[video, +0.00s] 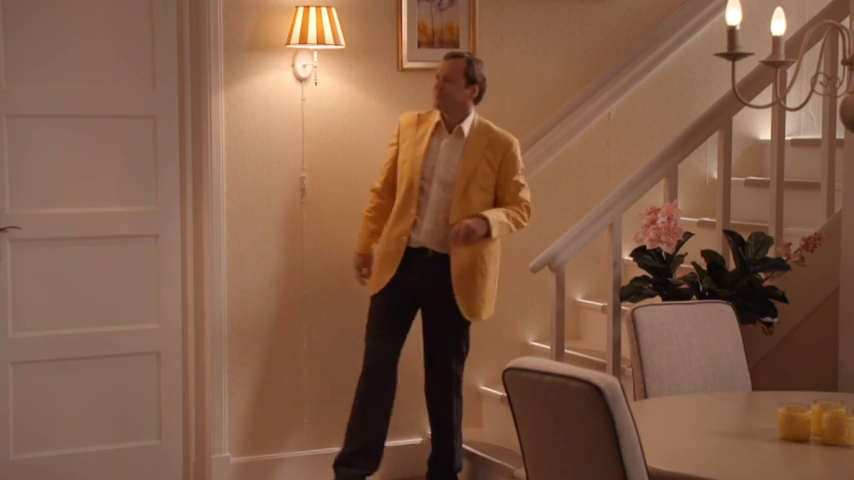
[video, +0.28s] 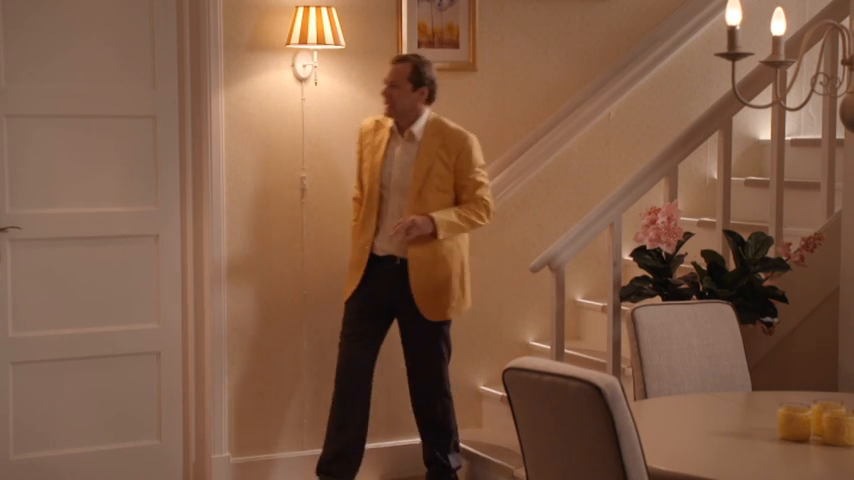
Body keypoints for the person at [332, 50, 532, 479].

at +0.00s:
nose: (436, 87)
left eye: (447, 81)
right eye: (436, 79)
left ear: (474, 91)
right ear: (434, 83)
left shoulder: (501, 146)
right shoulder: (410, 126)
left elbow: (520, 207)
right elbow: (383, 191)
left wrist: (487, 222)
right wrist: (366, 246)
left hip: (453, 271)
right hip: (399, 263)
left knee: (445, 376)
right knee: (377, 365)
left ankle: (444, 472)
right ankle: (353, 468)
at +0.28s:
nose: (384, 94)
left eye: (393, 88)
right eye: (384, 86)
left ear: (422, 93)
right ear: (388, 89)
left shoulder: (458, 142)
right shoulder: (372, 132)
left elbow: (480, 209)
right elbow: (361, 196)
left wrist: (434, 222)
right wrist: (358, 253)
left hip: (426, 278)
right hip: (372, 273)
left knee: (429, 381)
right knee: (351, 374)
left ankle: (443, 471)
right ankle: (334, 474)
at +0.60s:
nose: (305, 94)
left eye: (312, 86)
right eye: (305, 86)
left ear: (343, 90)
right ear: (331, 91)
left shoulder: (382, 137)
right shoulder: (301, 138)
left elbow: (414, 201)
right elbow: (289, 201)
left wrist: (367, 222)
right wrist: (265, 255)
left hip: (369, 276)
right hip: (316, 277)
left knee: (396, 381)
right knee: (314, 389)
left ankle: (415, 471)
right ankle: (328, 477)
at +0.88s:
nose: (256, 88)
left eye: (264, 81)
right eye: (257, 81)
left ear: (294, 88)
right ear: (280, 88)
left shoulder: (329, 134)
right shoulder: (263, 136)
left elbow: (361, 199)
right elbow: (260, 193)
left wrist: (294, 217)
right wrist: (241, 213)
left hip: (323, 278)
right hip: (279, 276)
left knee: (306, 396)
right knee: (305, 393)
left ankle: (294, 476)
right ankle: (332, 474)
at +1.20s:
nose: (221, 89)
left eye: (232, 83)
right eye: (225, 82)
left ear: (261, 95)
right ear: (250, 96)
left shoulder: (283, 147)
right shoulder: (235, 140)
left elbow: (292, 221)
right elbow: (238, 207)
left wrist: (222, 217)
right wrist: (207, 218)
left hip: (259, 304)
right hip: (222, 298)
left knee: (218, 403)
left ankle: (208, 478)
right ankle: (285, 455)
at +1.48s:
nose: (254, 89)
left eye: (261, 82)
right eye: (245, 80)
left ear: (268, 91)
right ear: (220, 84)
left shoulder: (286, 141)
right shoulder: (183, 136)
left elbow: (313, 201)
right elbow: (158, 196)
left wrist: (299, 215)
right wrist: (151, 233)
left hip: (257, 285)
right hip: (198, 282)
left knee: (240, 400)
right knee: (188, 398)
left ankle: (224, 479)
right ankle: (181, 477)